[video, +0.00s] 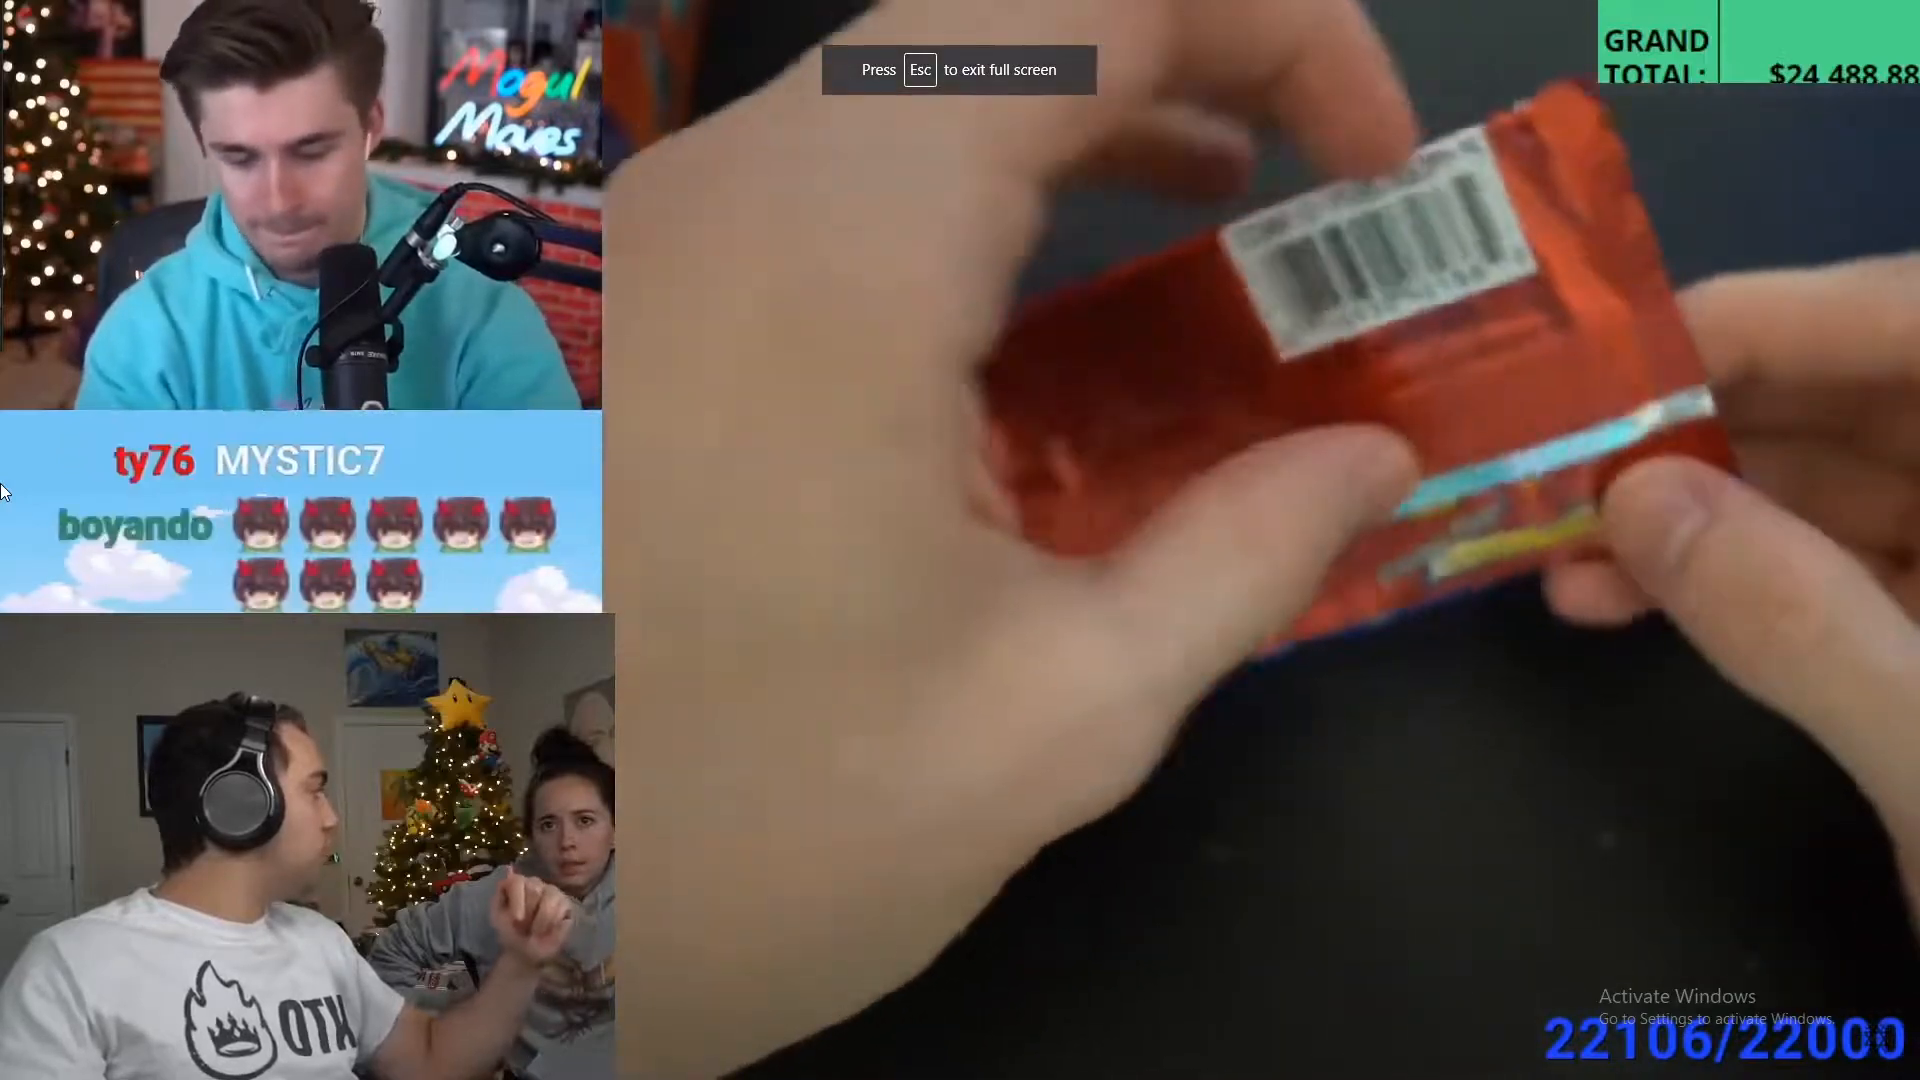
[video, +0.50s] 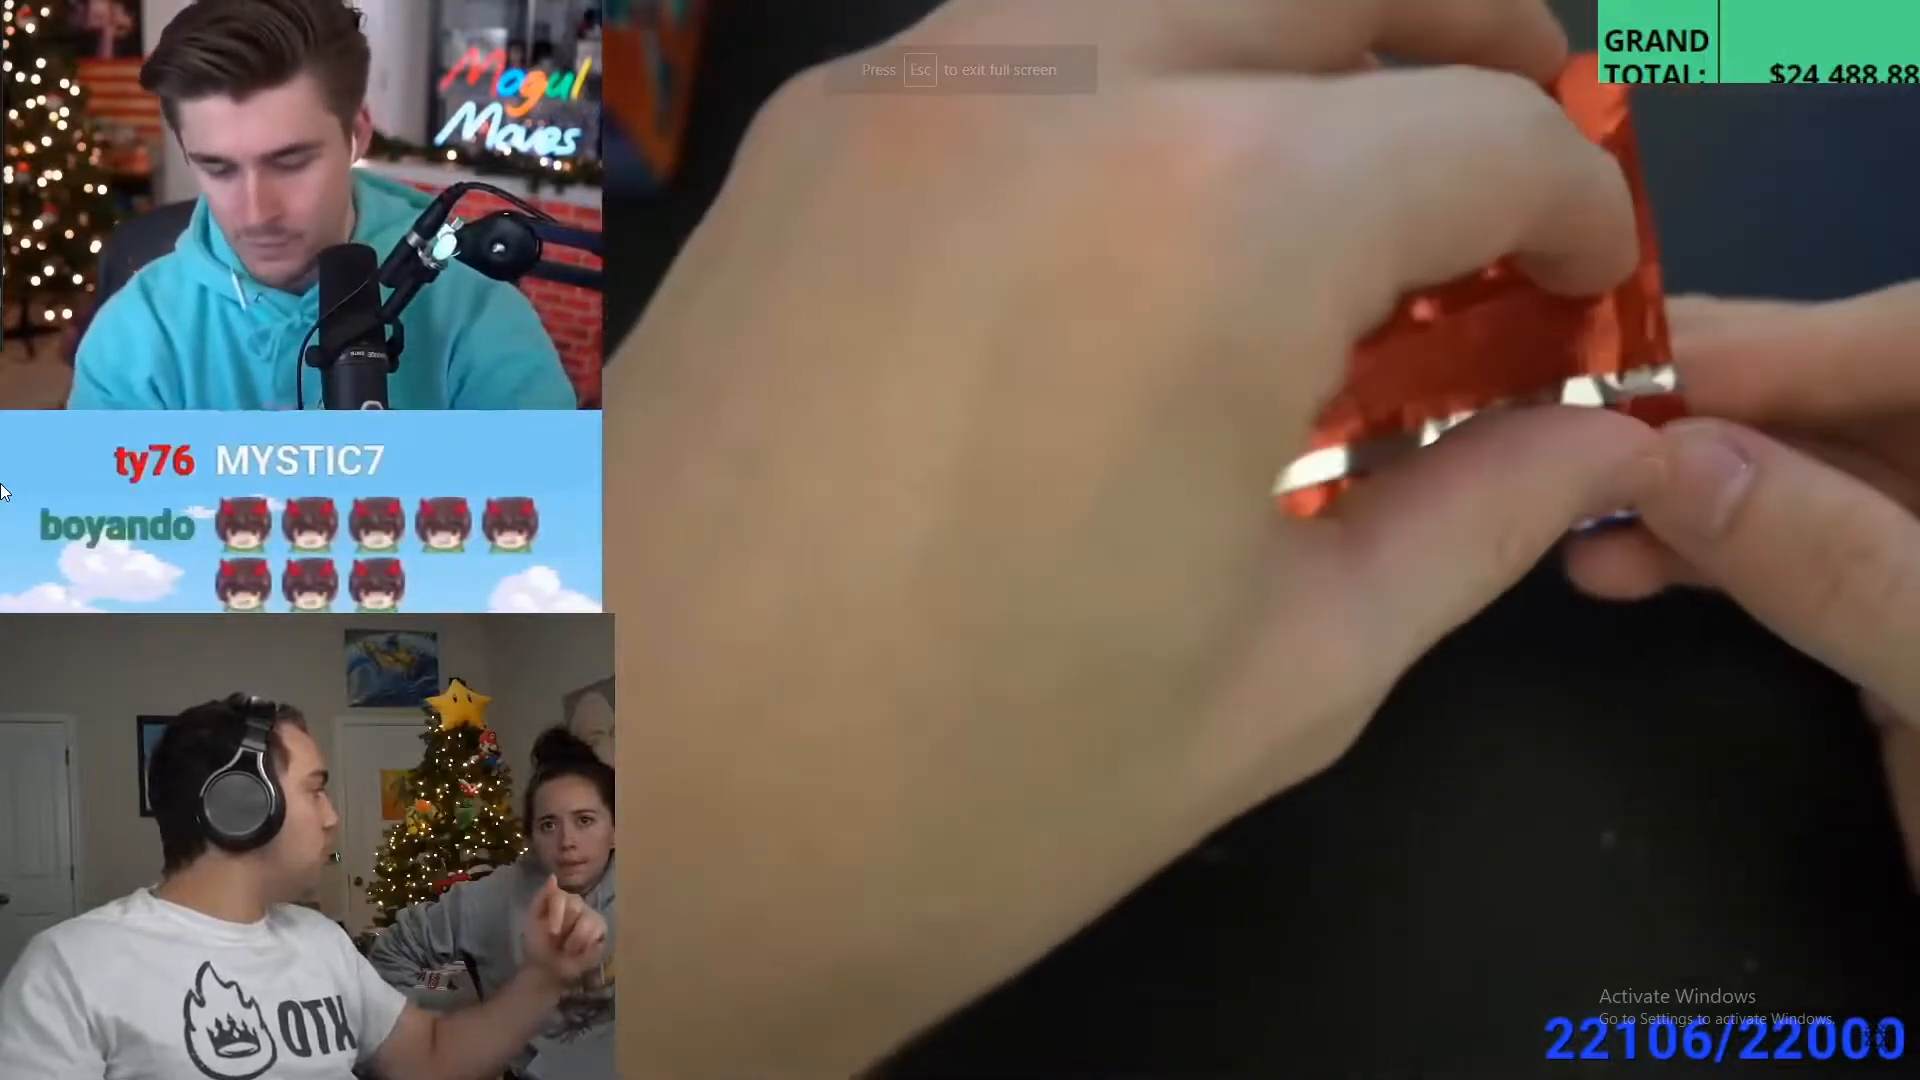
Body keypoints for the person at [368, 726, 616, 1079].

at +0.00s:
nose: (567, 842)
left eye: (585, 822)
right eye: (548, 825)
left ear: (614, 829)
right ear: (531, 836)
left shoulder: (642, 896)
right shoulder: (489, 900)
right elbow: (387, 957)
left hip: (621, 1069)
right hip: (534, 1071)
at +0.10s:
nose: (567, 842)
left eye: (585, 821)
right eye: (548, 825)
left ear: (615, 829)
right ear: (531, 835)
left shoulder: (642, 898)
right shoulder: (488, 900)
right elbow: (387, 957)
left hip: (620, 1069)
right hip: (534, 1072)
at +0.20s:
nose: (567, 842)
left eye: (585, 821)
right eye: (548, 825)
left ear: (615, 828)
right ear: (531, 836)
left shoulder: (643, 895)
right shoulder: (490, 901)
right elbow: (388, 956)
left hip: (621, 1067)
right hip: (533, 1070)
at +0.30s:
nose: (567, 842)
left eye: (585, 821)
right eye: (548, 825)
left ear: (614, 829)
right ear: (531, 836)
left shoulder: (642, 895)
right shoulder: (489, 901)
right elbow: (388, 956)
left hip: (623, 1069)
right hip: (536, 1072)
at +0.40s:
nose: (567, 842)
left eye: (585, 821)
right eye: (548, 825)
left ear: (615, 829)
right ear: (531, 836)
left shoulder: (641, 895)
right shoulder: (491, 900)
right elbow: (388, 956)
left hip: (621, 1067)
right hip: (535, 1070)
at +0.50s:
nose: (567, 842)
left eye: (585, 821)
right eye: (548, 825)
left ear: (615, 829)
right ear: (531, 836)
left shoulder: (642, 893)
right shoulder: (491, 899)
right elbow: (390, 953)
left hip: (623, 1067)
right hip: (535, 1069)